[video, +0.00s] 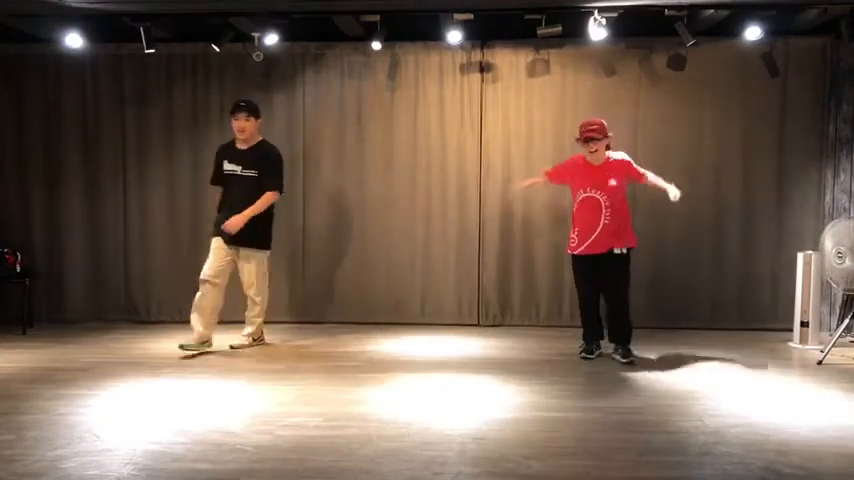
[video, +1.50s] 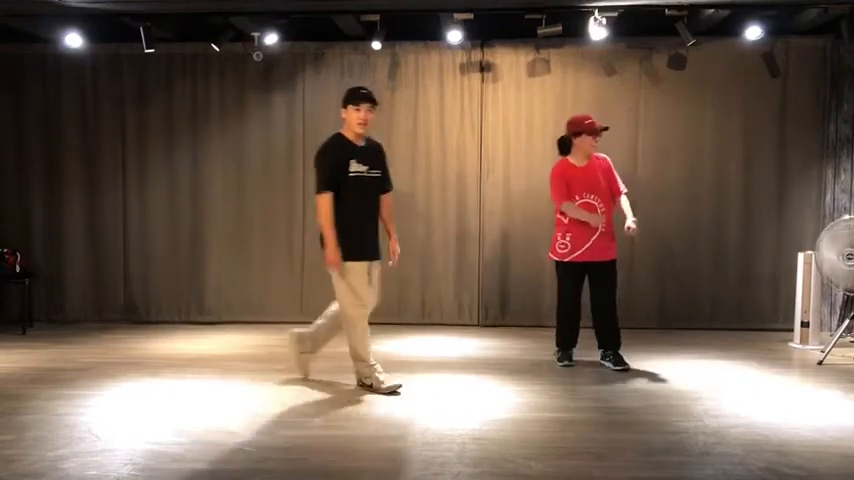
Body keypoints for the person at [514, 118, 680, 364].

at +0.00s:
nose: (591, 146)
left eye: (596, 141)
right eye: (586, 142)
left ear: (606, 142)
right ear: (581, 144)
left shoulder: (620, 163)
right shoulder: (573, 166)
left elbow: (645, 177)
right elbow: (546, 177)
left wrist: (668, 187)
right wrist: (524, 183)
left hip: (616, 246)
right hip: (584, 248)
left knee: (618, 298)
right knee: (588, 299)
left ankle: (621, 344)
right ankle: (591, 342)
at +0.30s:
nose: (600, 146)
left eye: (605, 141)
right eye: (595, 141)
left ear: (616, 142)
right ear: (589, 144)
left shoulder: (625, 162)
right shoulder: (580, 166)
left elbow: (596, 171)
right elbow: (606, 189)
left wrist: (570, 161)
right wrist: (640, 180)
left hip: (614, 247)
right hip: (583, 247)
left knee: (611, 300)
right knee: (585, 298)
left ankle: (610, 349)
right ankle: (589, 343)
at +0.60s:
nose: (611, 141)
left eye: (616, 136)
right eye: (606, 136)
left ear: (624, 138)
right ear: (598, 138)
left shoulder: (635, 168)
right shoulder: (583, 167)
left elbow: (659, 195)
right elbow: (558, 196)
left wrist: (661, 216)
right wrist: (556, 226)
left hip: (621, 250)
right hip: (588, 249)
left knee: (615, 302)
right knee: (587, 298)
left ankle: (611, 350)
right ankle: (591, 341)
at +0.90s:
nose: (630, 139)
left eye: (633, 135)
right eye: (625, 135)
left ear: (633, 137)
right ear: (609, 136)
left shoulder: (638, 168)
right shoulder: (586, 165)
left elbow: (653, 199)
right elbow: (564, 190)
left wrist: (666, 222)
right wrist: (544, 210)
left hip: (621, 251)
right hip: (587, 249)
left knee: (615, 304)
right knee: (582, 297)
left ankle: (610, 351)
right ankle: (587, 337)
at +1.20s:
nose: (623, 140)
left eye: (623, 135)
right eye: (618, 135)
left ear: (616, 137)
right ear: (602, 136)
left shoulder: (627, 166)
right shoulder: (580, 165)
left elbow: (638, 199)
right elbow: (568, 203)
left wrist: (633, 225)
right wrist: (573, 232)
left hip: (616, 250)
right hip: (584, 249)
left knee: (613, 305)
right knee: (577, 303)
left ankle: (610, 351)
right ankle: (566, 348)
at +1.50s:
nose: (597, 139)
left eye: (598, 135)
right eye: (593, 136)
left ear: (593, 139)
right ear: (577, 138)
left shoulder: (604, 163)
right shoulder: (560, 170)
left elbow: (620, 193)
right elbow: (563, 204)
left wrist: (629, 217)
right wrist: (589, 217)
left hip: (602, 248)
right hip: (570, 250)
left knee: (605, 302)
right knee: (568, 302)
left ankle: (609, 351)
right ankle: (565, 349)